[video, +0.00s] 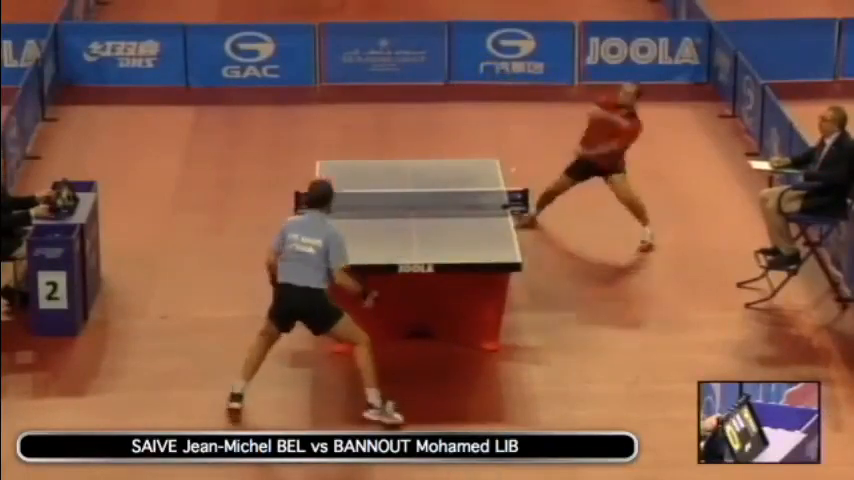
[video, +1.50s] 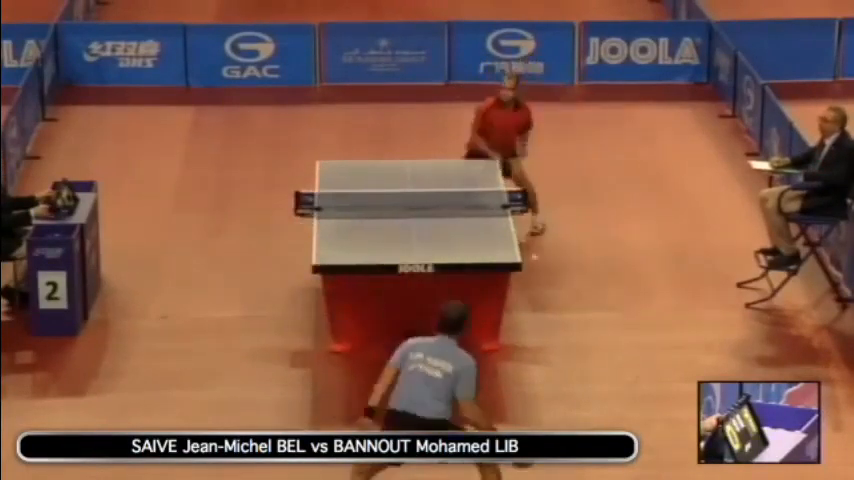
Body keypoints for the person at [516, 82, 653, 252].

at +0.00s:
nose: (623, 96)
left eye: (629, 94)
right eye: (622, 92)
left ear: (636, 98)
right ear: (619, 93)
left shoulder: (633, 124)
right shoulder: (606, 105)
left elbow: (615, 147)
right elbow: (592, 116)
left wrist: (587, 153)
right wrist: (617, 119)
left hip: (612, 165)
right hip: (588, 160)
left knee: (627, 197)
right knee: (554, 189)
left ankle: (647, 229)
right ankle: (533, 215)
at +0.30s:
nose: (672, 127)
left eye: (677, 126)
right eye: (671, 122)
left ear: (682, 129)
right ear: (667, 120)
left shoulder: (677, 150)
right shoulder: (646, 136)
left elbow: (671, 177)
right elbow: (625, 165)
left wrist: (674, 201)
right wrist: (631, 195)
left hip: (643, 178)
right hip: (621, 175)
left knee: (674, 197)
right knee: (596, 215)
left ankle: (682, 243)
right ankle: (574, 227)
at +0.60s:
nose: (618, 94)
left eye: (623, 91)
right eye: (616, 89)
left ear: (631, 95)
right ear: (611, 91)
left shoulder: (638, 117)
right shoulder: (600, 108)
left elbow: (640, 150)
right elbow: (586, 127)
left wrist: (633, 177)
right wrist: (574, 150)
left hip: (628, 159)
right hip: (601, 156)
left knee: (643, 194)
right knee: (567, 184)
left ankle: (668, 225)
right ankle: (552, 214)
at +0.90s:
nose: (538, 84)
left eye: (542, 80)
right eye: (537, 80)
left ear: (553, 81)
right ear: (542, 81)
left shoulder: (557, 99)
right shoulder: (546, 98)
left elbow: (532, 126)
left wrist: (506, 128)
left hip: (576, 155)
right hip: (558, 153)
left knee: (590, 200)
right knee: (526, 169)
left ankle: (634, 216)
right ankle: (528, 207)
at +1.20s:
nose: (525, 63)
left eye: (528, 60)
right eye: (522, 59)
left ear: (535, 61)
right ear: (518, 60)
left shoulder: (539, 79)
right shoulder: (509, 77)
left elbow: (557, 93)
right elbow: (492, 79)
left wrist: (538, 79)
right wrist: (500, 70)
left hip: (542, 130)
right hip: (521, 130)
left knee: (539, 166)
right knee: (500, 161)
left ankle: (556, 209)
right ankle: (526, 179)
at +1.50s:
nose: (505, 93)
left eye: (509, 90)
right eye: (502, 89)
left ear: (516, 92)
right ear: (498, 90)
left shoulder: (522, 112)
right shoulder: (485, 109)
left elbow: (523, 135)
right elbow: (474, 137)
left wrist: (522, 150)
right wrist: (491, 153)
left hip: (508, 156)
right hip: (482, 154)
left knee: (525, 184)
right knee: (469, 183)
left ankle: (535, 219)